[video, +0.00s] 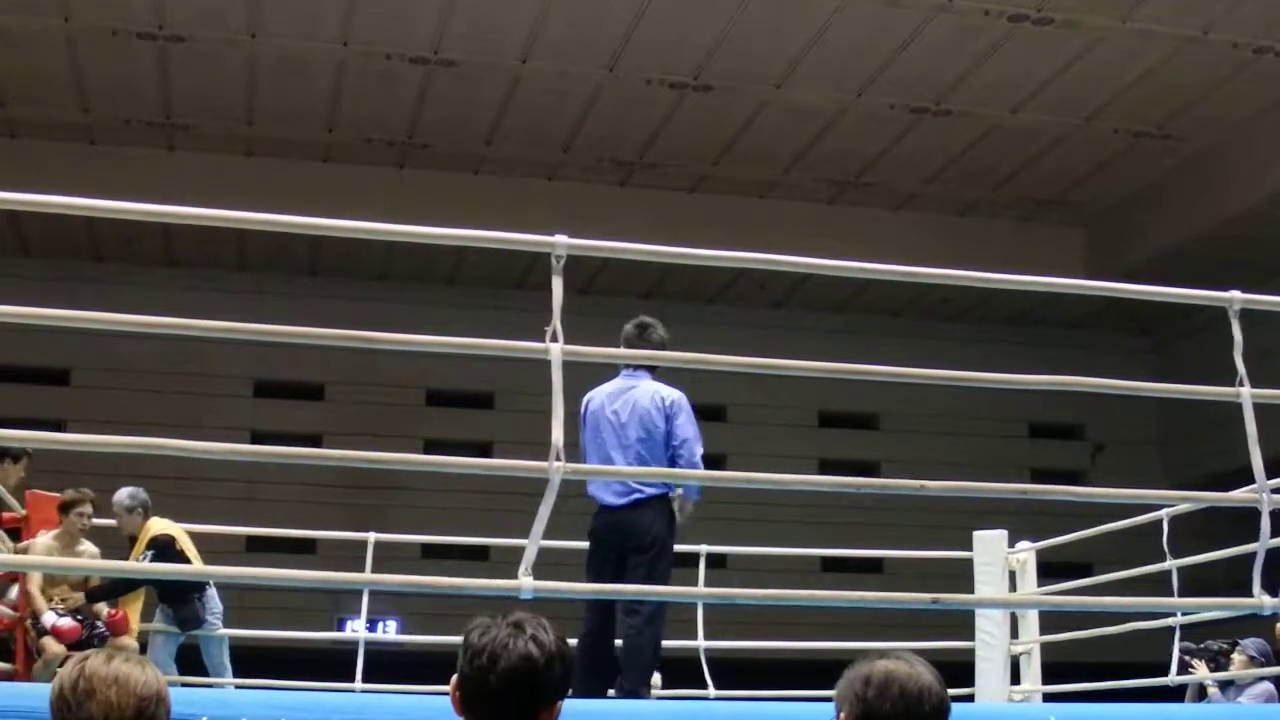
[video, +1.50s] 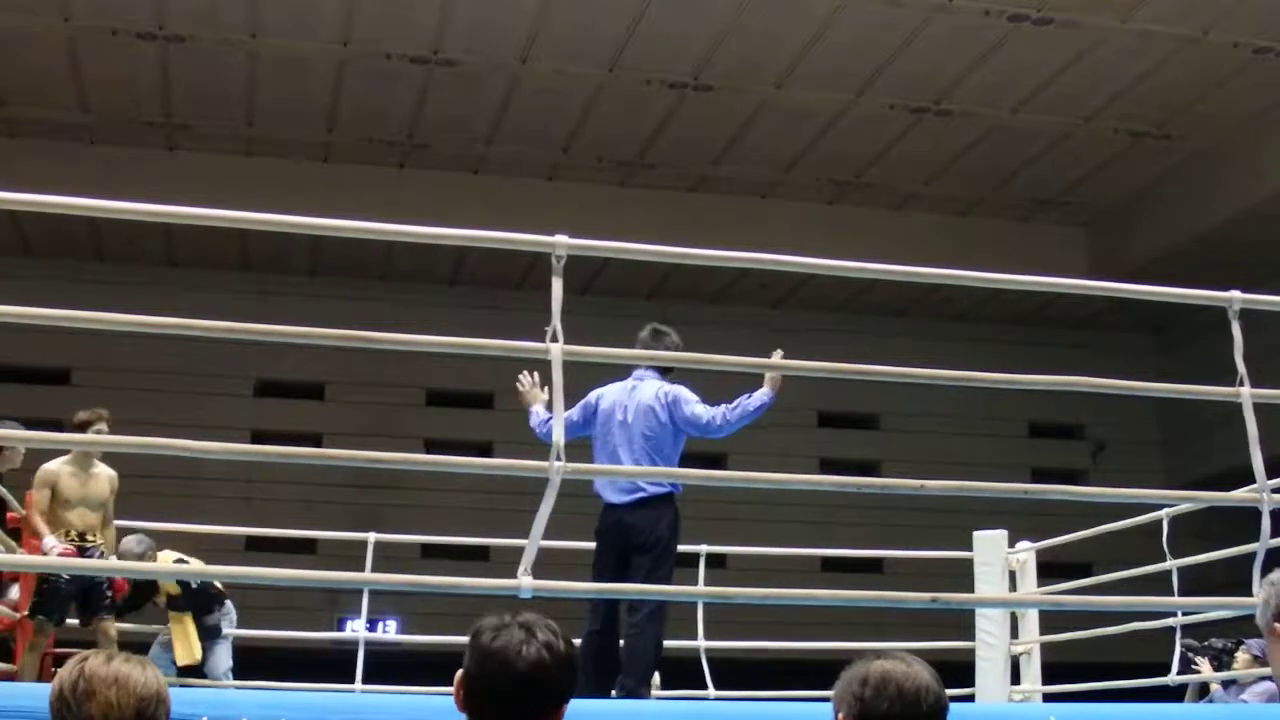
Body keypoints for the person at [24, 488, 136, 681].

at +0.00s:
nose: (86, 522)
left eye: (89, 517)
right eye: (80, 516)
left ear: (93, 519)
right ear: (63, 516)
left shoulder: (92, 552)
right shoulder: (41, 545)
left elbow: (94, 594)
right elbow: (33, 588)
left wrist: (106, 614)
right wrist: (51, 620)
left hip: (81, 614)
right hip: (46, 612)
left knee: (128, 646)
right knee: (56, 652)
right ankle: (33, 700)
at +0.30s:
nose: (101, 533)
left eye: (105, 527)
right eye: (95, 526)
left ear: (109, 527)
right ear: (79, 526)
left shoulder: (106, 551)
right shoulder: (54, 545)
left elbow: (105, 587)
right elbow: (31, 587)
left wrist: (111, 611)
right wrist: (45, 620)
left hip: (83, 609)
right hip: (48, 608)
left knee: (126, 647)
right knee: (53, 653)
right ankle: (31, 702)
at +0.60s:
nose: (113, 498)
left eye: (116, 492)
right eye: (107, 491)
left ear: (118, 494)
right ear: (89, 492)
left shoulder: (113, 524)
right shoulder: (64, 521)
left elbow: (111, 568)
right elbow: (51, 571)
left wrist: (120, 604)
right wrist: (59, 614)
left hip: (93, 598)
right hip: (60, 595)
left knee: (126, 647)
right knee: (52, 650)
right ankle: (27, 702)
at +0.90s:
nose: (111, 459)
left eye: (113, 453)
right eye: (106, 452)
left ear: (113, 457)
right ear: (88, 454)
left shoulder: (114, 492)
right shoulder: (61, 489)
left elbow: (112, 539)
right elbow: (43, 538)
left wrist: (118, 575)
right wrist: (50, 578)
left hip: (94, 569)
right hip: (61, 568)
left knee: (119, 644)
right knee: (47, 643)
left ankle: (112, 713)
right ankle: (24, 705)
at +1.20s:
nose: (98, 440)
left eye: (98, 434)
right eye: (93, 434)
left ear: (92, 437)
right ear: (75, 436)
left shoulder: (99, 476)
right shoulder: (42, 474)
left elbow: (101, 523)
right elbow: (29, 519)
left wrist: (112, 558)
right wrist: (41, 548)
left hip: (89, 554)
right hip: (53, 553)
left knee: (112, 633)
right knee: (38, 639)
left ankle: (105, 703)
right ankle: (23, 703)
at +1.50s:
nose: (104, 439)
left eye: (106, 433)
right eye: (98, 433)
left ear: (106, 437)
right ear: (79, 435)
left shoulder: (109, 476)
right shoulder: (51, 471)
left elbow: (108, 523)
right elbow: (36, 514)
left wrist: (112, 563)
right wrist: (51, 544)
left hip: (96, 555)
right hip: (60, 553)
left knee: (108, 632)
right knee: (39, 634)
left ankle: (111, 703)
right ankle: (22, 702)